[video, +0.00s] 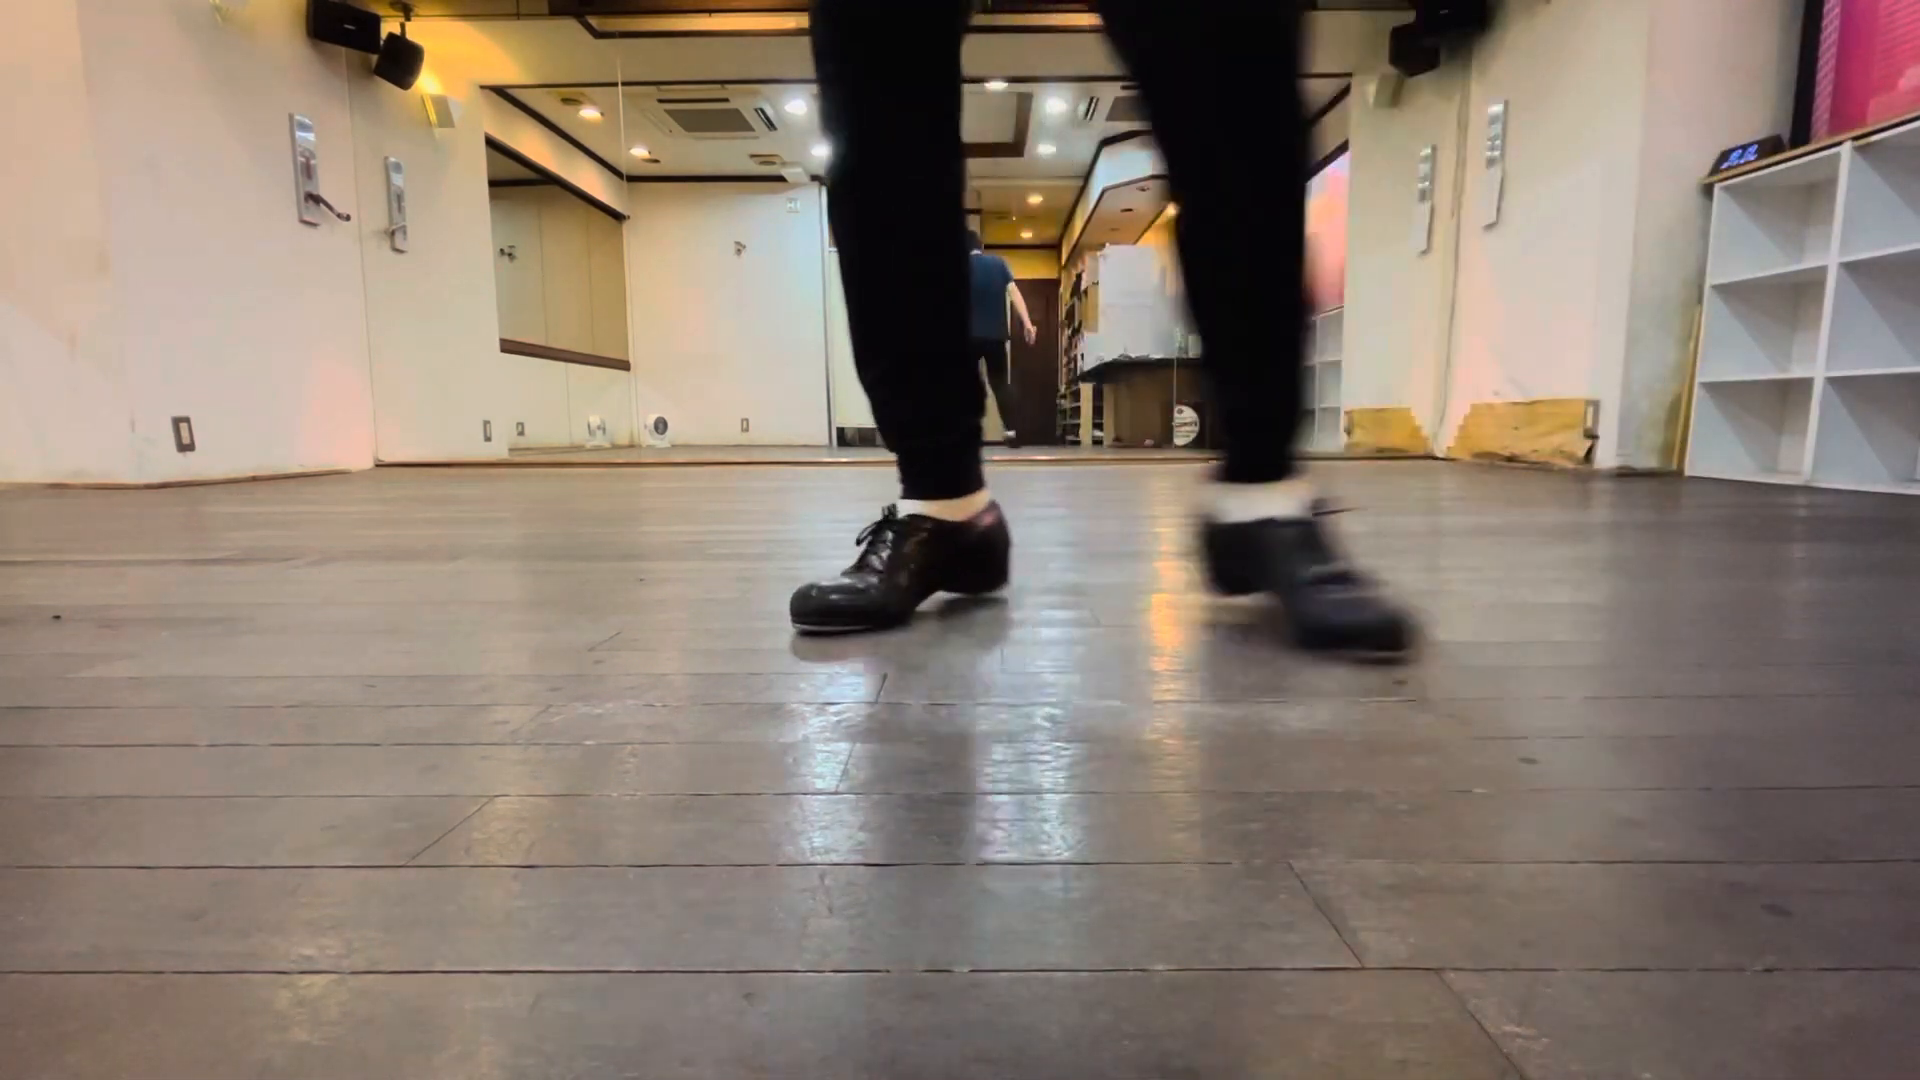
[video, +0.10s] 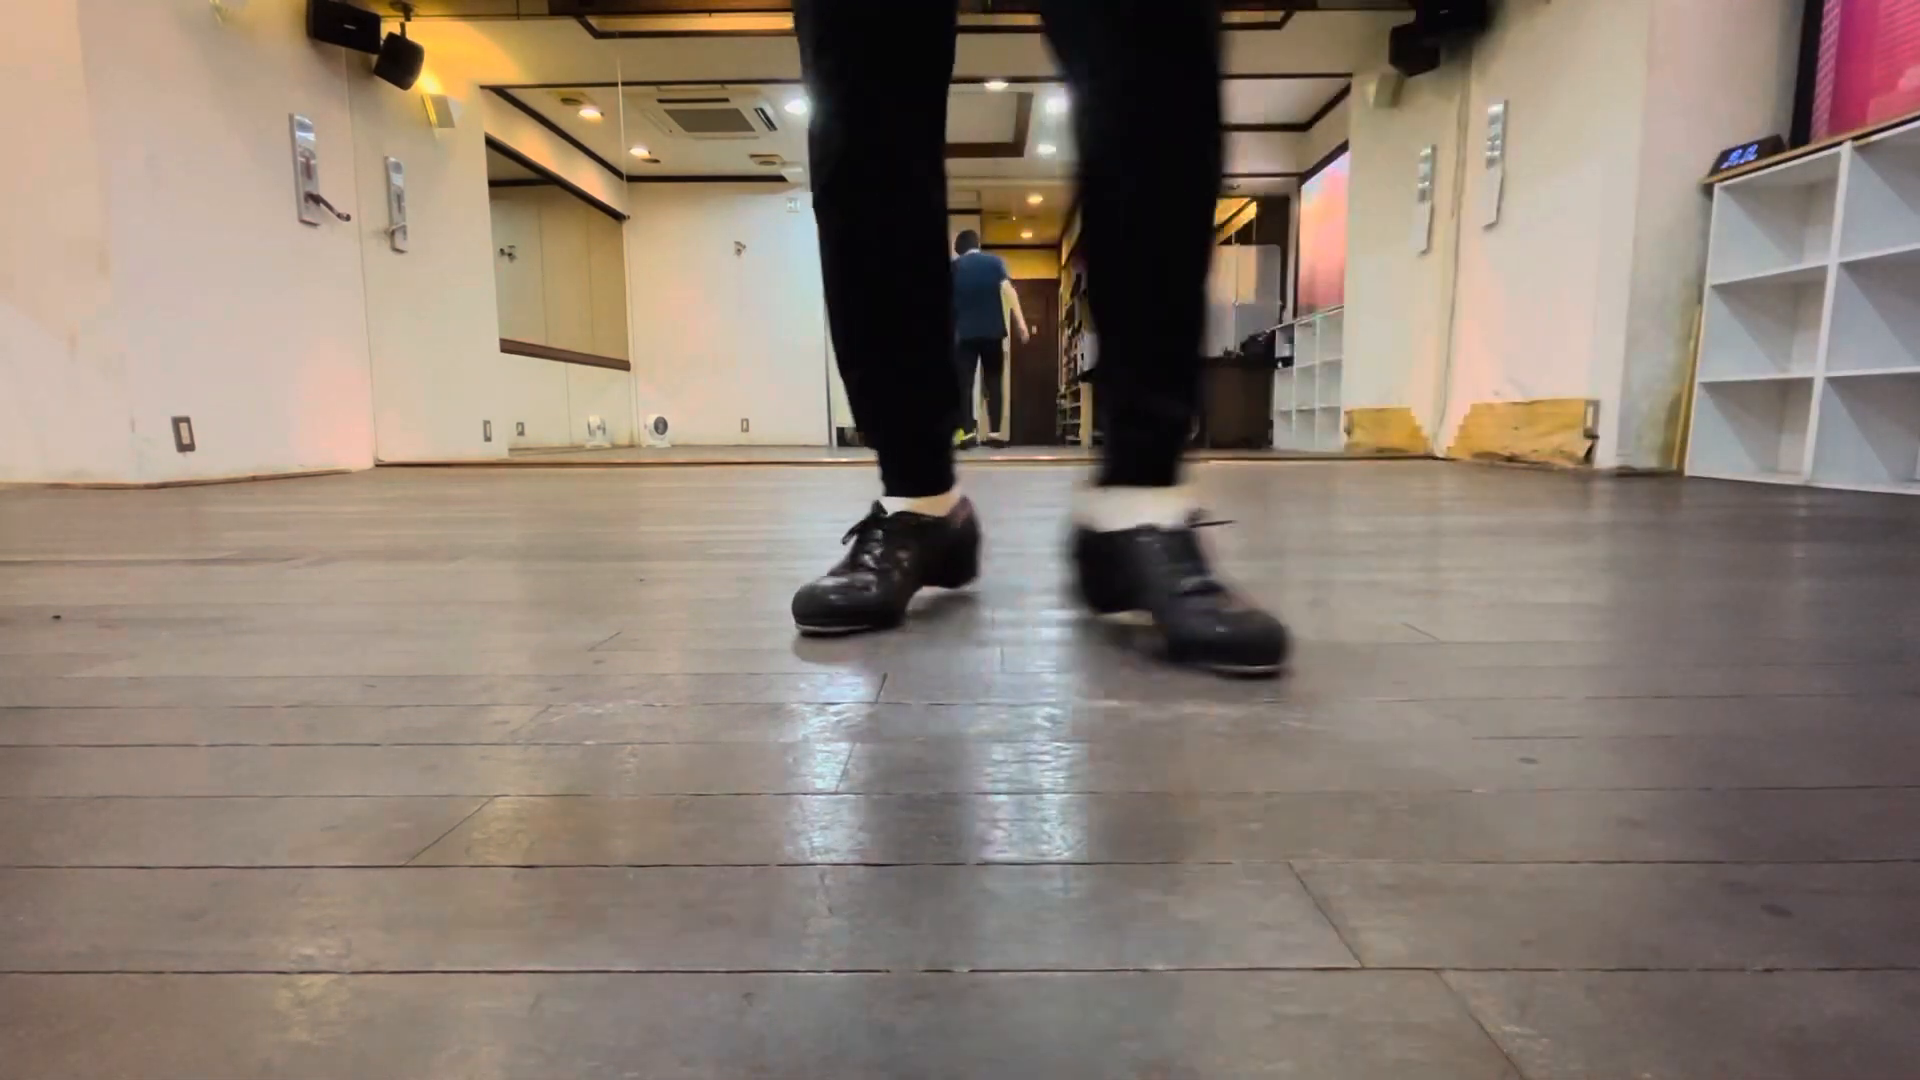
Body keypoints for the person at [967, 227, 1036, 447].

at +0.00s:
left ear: (964, 248)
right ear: (980, 245)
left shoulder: (960, 265)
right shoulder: (997, 263)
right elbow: (1014, 293)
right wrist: (1027, 322)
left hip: (968, 337)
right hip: (995, 336)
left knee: (967, 383)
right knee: (1000, 382)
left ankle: (967, 432)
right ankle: (1010, 428)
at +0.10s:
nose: (958, 252)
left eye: (957, 249)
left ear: (958, 248)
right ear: (978, 245)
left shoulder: (955, 267)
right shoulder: (994, 263)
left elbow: (950, 302)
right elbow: (1009, 292)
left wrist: (949, 330)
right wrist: (1021, 323)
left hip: (964, 335)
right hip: (993, 334)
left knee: (963, 384)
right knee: (994, 381)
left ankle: (968, 431)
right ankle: (995, 431)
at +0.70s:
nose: (979, 242)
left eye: (977, 239)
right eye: (976, 239)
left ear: (957, 244)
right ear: (966, 241)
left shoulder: (946, 270)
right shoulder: (974, 257)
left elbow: (943, 302)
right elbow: (976, 287)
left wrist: (953, 326)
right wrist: (985, 323)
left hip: (954, 336)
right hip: (977, 333)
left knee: (956, 384)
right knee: (984, 384)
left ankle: (955, 433)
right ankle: (987, 433)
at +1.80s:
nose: (989, 241)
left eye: (988, 237)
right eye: (987, 237)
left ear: (963, 240)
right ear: (979, 238)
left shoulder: (949, 263)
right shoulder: (988, 261)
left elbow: (939, 297)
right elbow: (991, 294)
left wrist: (948, 320)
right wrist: (998, 315)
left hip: (956, 333)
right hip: (982, 332)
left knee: (956, 382)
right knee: (987, 382)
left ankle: (955, 433)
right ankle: (986, 433)